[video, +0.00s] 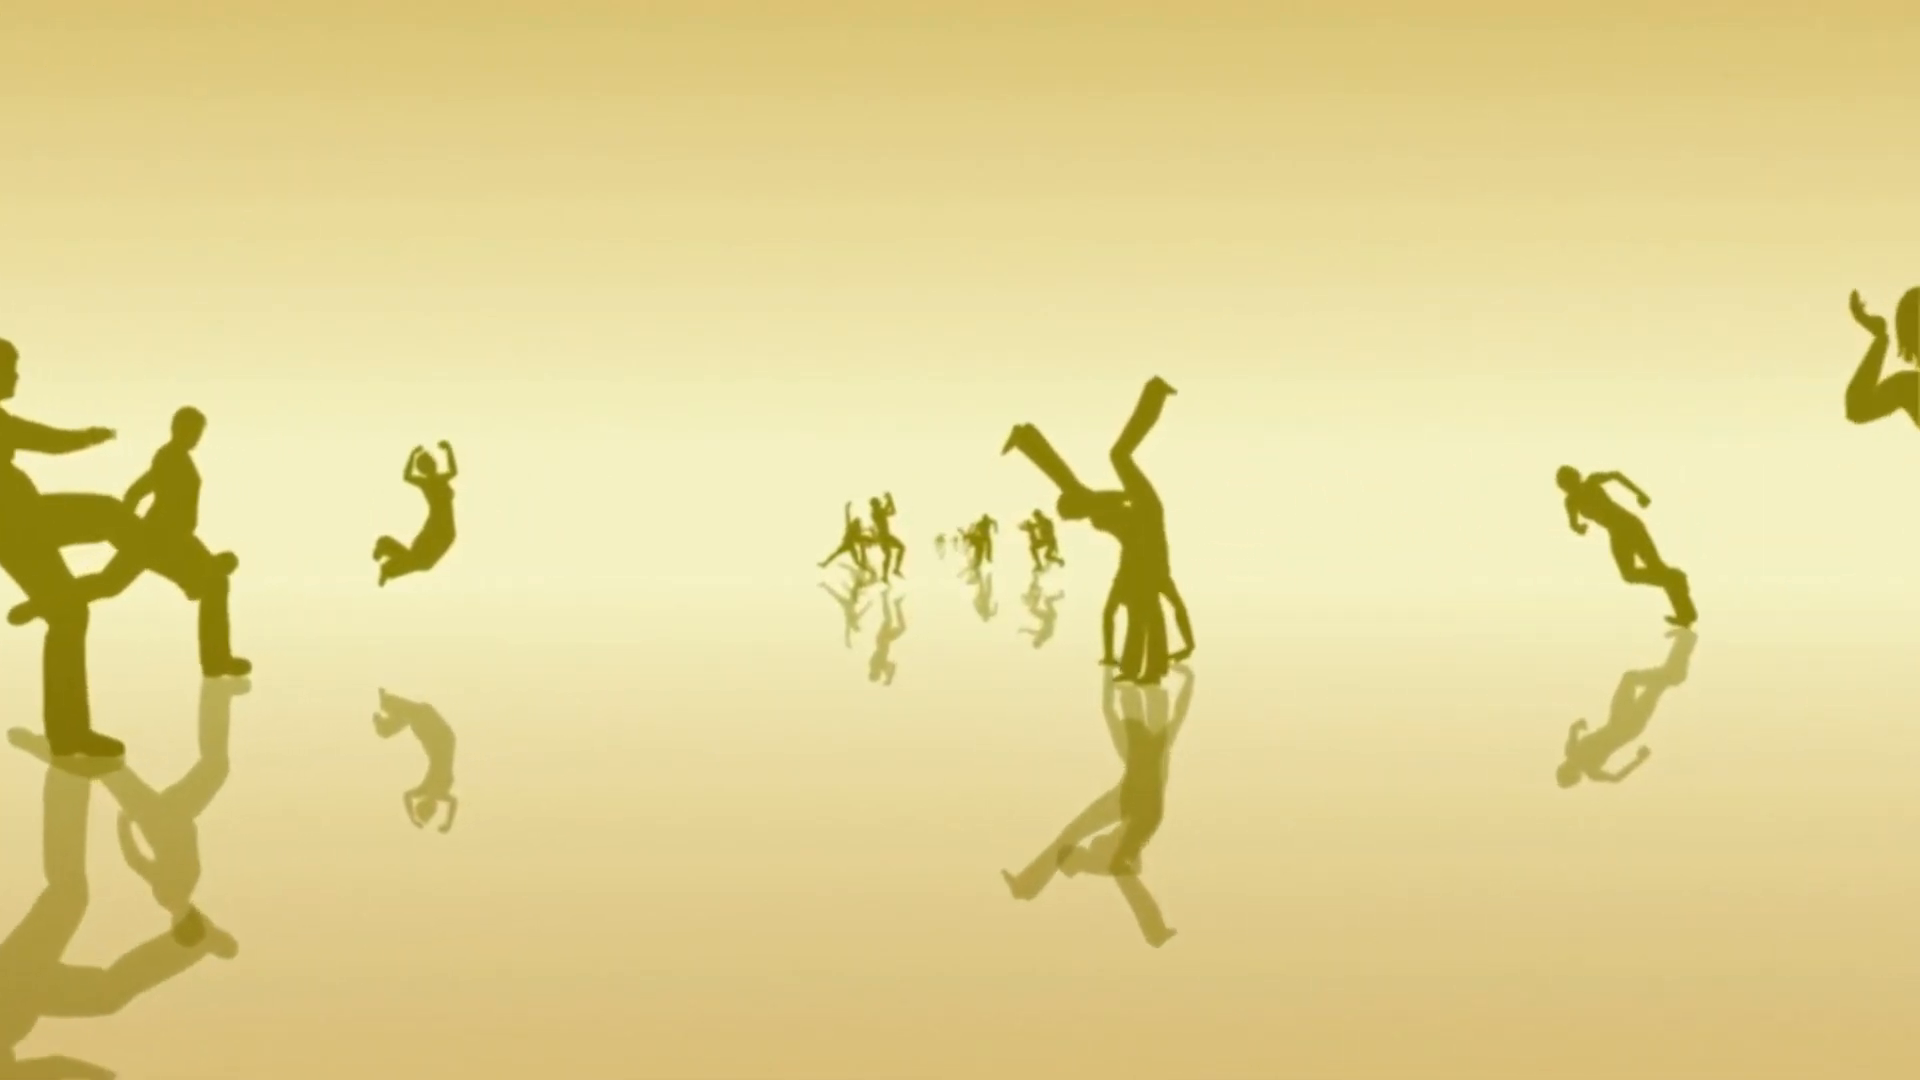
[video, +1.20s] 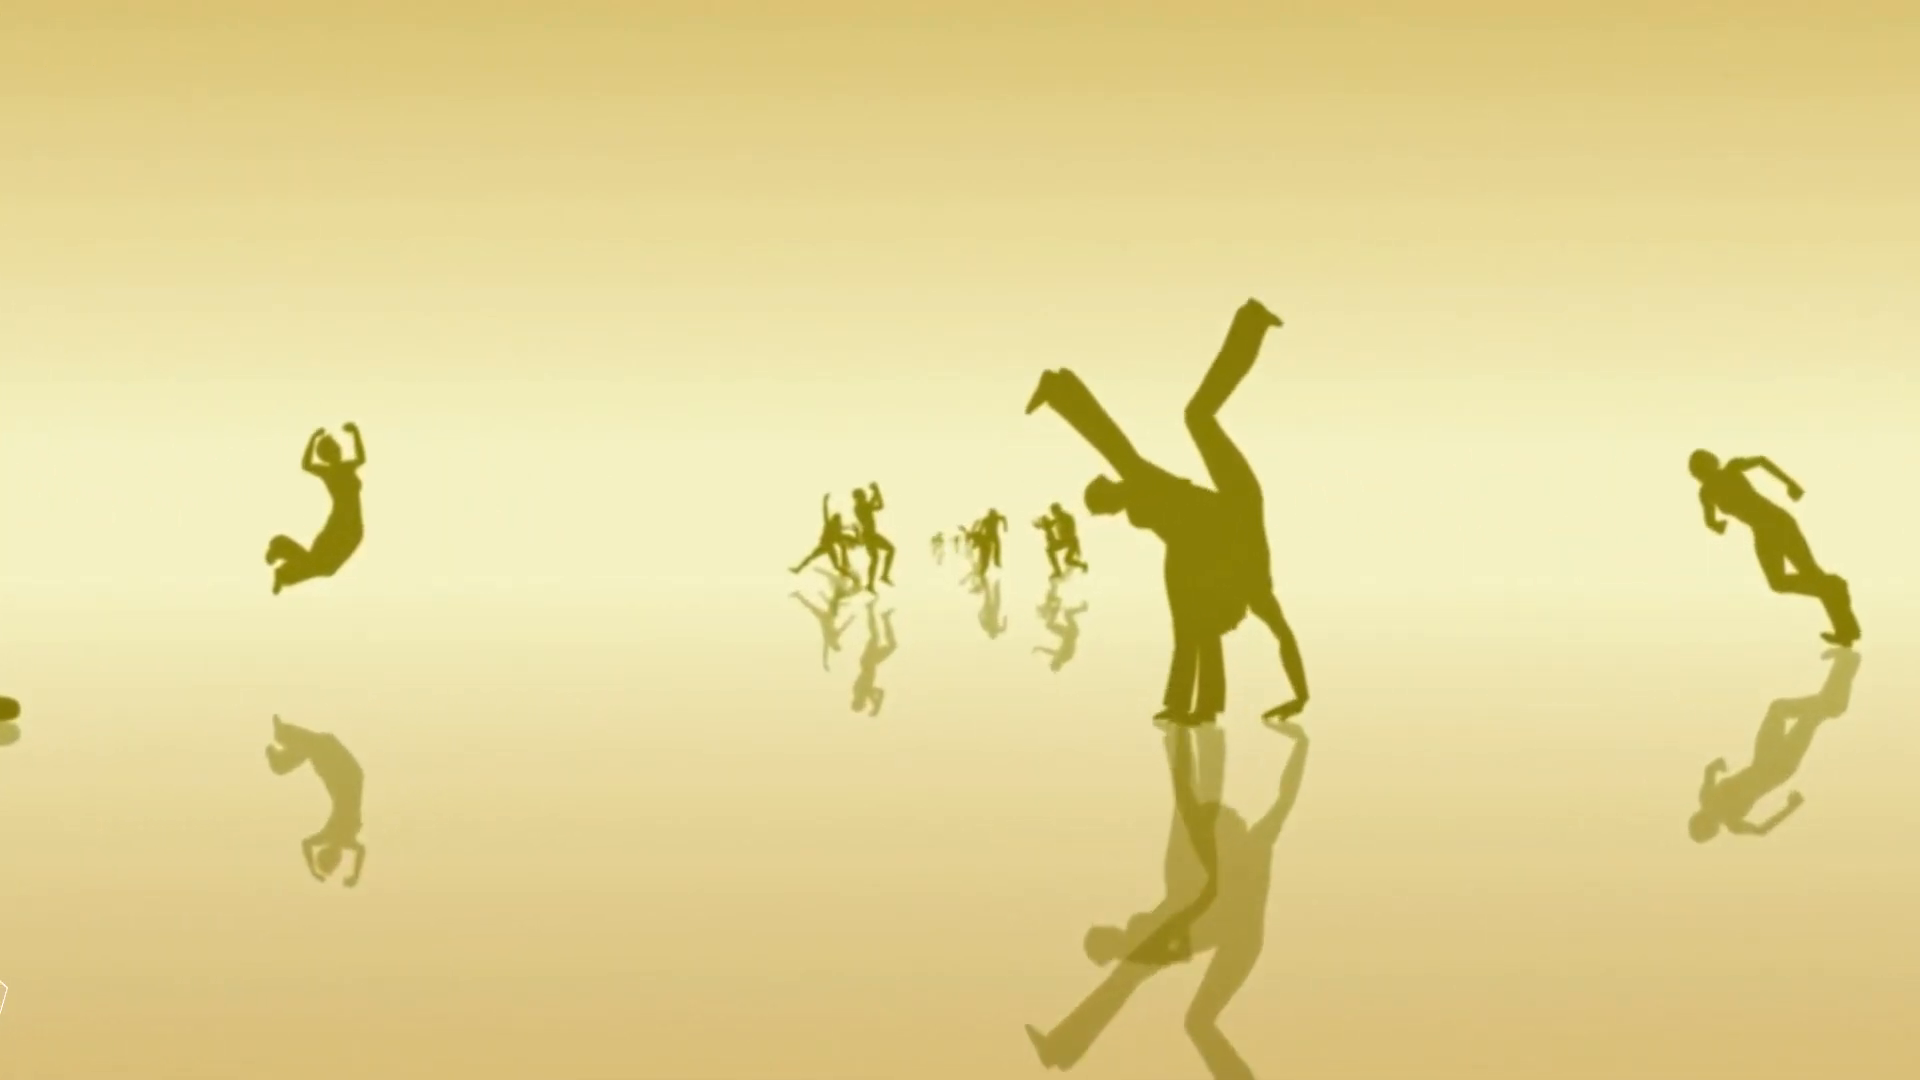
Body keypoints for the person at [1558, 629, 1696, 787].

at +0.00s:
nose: (1573, 779)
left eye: (1569, 778)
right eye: (1571, 781)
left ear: (1565, 768)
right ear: (1573, 778)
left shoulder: (1572, 753)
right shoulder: (1592, 772)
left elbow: (1572, 735)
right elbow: (1616, 778)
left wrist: (1577, 726)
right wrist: (1639, 760)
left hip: (1617, 719)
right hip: (1631, 728)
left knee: (1628, 679)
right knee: (1657, 687)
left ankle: (1667, 674)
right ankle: (1685, 641)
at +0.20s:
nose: (1592, 785)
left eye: (1588, 784)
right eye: (1590, 787)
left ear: (1585, 774)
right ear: (1593, 784)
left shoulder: (1591, 760)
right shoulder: (1612, 780)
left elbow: (1591, 742)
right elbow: (1637, 785)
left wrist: (1596, 732)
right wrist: (1660, 768)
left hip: (1638, 725)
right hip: (1651, 735)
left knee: (1649, 684)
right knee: (1679, 691)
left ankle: (1690, 678)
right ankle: (1708, 644)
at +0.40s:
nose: (1613, 793)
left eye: (1609, 792)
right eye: (1611, 794)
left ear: (1605, 782)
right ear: (1614, 792)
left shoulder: (1612, 767)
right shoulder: (1633, 787)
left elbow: (1613, 748)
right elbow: (1658, 794)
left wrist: (1617, 738)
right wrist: (1683, 775)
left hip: (1660, 731)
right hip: (1674, 741)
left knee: (1671, 688)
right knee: (1701, 697)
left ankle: (1713, 682)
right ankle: (1733, 647)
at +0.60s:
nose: (1635, 802)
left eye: (1631, 801)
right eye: (1633, 804)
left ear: (1627, 790)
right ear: (1635, 801)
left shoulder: (1633, 774)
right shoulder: (1656, 796)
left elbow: (1634, 752)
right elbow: (1682, 802)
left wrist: (1640, 745)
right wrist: (1708, 782)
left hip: (1683, 737)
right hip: (1698, 747)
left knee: (1695, 693)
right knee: (1727, 702)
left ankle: (1738, 688)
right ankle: (1758, 650)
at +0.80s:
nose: (1660, 813)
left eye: (1655, 812)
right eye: (1657, 815)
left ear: (1651, 801)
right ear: (1659, 810)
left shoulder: (1656, 782)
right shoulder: (1681, 804)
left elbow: (1657, 759)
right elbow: (1707, 811)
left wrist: (1663, 751)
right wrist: (1734, 790)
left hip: (1708, 744)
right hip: (1724, 753)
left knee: (1720, 698)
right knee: (1755, 706)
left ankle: (1765, 692)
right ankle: (1786, 652)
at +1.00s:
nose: (1685, 821)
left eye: (1680, 821)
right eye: (1682, 823)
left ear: (1675, 809)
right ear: (1684, 819)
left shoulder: (1681, 791)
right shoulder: (1706, 814)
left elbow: (1682, 768)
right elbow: (1733, 820)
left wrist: (1688, 759)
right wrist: (1761, 799)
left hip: (1734, 751)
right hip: (1750, 762)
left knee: (1747, 704)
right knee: (1784, 710)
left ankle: (1792, 698)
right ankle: (1815, 658)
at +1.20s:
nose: (1710, 831)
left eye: (1705, 830)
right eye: (1708, 833)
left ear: (1701, 818)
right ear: (1710, 830)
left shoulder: (1707, 799)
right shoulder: (1733, 824)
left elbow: (1709, 776)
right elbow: (1761, 830)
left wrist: (1715, 767)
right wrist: (1790, 808)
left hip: (1763, 758)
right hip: (1780, 769)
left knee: (1776, 709)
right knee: (1813, 717)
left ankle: (1823, 703)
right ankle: (1846, 663)